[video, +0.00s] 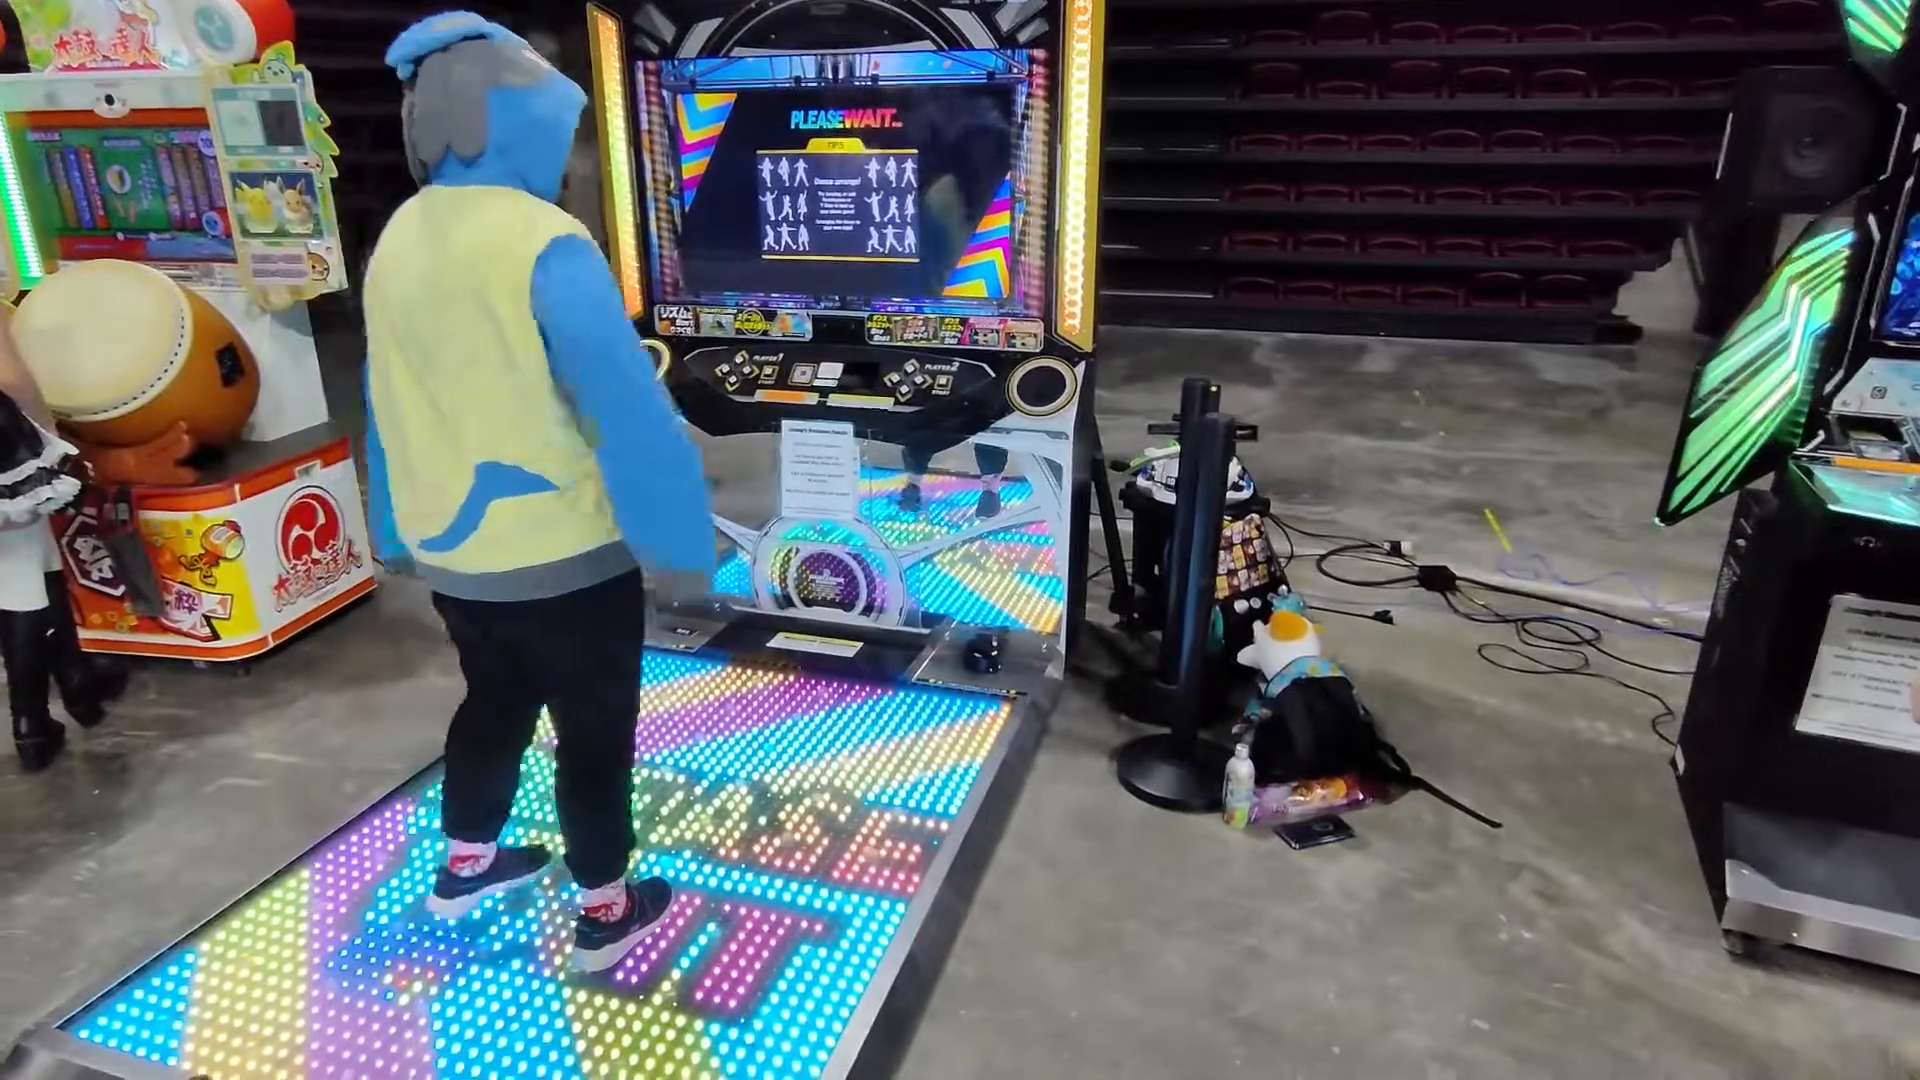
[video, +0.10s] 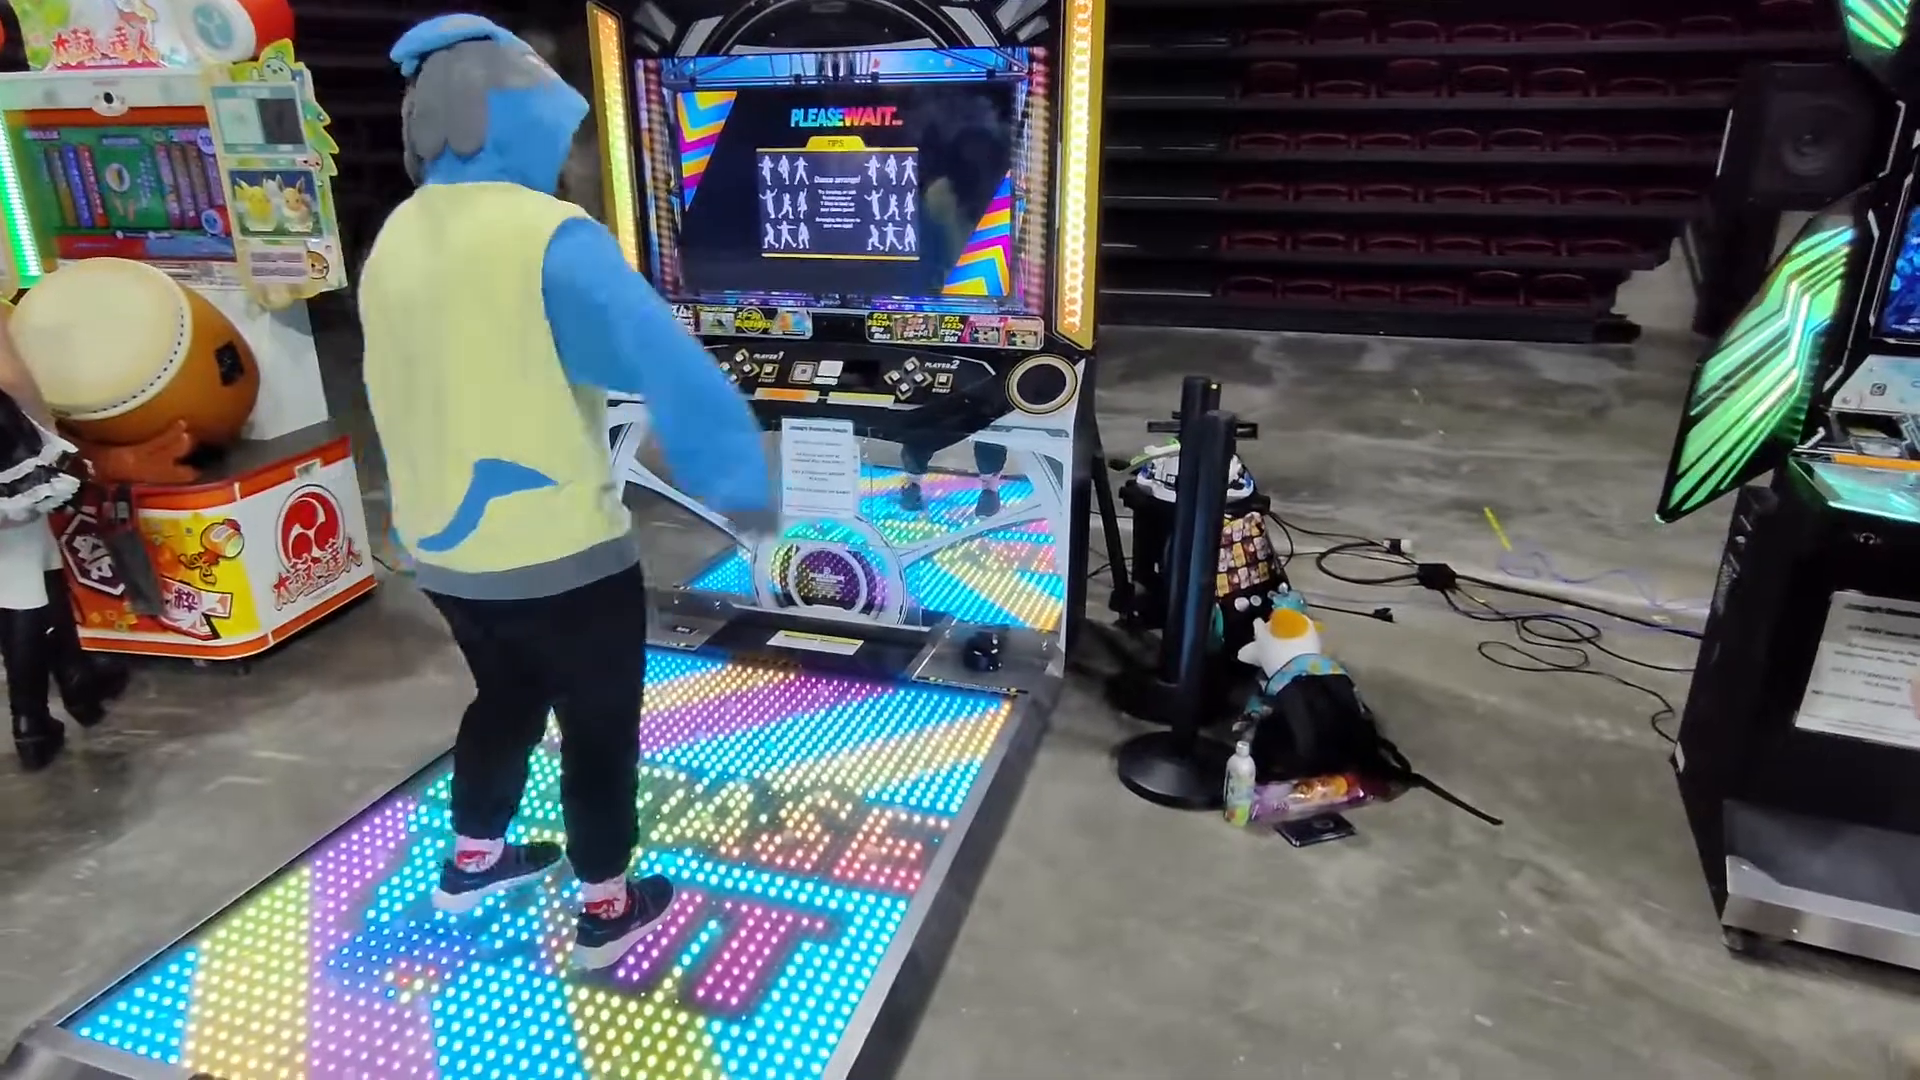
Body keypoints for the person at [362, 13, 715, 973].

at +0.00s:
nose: (554, 132)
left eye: (548, 113)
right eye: (539, 114)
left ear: (442, 129)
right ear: (500, 123)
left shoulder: (398, 239)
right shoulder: (546, 243)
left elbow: (387, 399)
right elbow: (625, 401)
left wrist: (398, 526)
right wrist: (681, 536)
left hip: (455, 555)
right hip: (567, 557)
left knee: (497, 693)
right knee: (596, 727)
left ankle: (466, 856)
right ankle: (603, 904)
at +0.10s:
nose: (559, 128)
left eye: (554, 109)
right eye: (544, 109)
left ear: (439, 125)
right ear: (500, 116)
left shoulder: (393, 241)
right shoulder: (548, 236)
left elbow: (416, 382)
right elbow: (670, 362)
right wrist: (737, 479)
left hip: (448, 558)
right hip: (564, 554)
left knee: (506, 692)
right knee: (600, 722)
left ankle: (474, 853)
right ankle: (605, 904)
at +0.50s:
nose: (558, 140)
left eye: (545, 120)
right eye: (544, 121)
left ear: (429, 134)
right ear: (522, 130)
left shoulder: (348, 242)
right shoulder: (564, 261)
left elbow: (285, 363)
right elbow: (670, 391)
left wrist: (291, 435)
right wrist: (835, 445)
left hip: (398, 559)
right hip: (541, 561)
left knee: (445, 709)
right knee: (617, 687)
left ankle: (459, 864)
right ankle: (579, 870)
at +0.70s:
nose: (558, 140)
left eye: (547, 118)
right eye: (545, 119)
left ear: (430, 128)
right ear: (523, 128)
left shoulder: (353, 224)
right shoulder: (554, 255)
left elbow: (277, 292)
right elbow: (638, 434)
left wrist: (378, 299)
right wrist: (705, 561)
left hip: (416, 566)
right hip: (551, 567)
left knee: (458, 703)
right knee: (593, 711)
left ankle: (458, 857)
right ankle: (599, 891)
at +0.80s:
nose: (556, 156)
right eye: (545, 133)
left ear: (426, 134)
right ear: (524, 138)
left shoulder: (363, 227)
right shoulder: (547, 262)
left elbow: (289, 267)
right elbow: (621, 441)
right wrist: (663, 579)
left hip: (419, 572)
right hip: (545, 575)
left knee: (472, 702)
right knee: (587, 726)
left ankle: (461, 859)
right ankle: (594, 899)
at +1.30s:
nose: (485, 163)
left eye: (481, 142)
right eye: (471, 144)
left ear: (368, 148)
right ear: (421, 145)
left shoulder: (322, 258)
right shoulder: (461, 275)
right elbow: (607, 396)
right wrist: (776, 465)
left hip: (379, 584)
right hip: (487, 587)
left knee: (459, 709)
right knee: (563, 743)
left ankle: (448, 879)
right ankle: (568, 932)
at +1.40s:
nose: (473, 155)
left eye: (468, 136)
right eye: (458, 136)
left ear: (351, 147)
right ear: (410, 141)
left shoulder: (305, 261)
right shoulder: (457, 272)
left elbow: (309, 422)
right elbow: (596, 396)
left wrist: (299, 549)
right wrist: (772, 435)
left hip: (371, 586)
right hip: (484, 589)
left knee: (444, 713)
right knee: (548, 750)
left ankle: (428, 885)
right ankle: (561, 940)